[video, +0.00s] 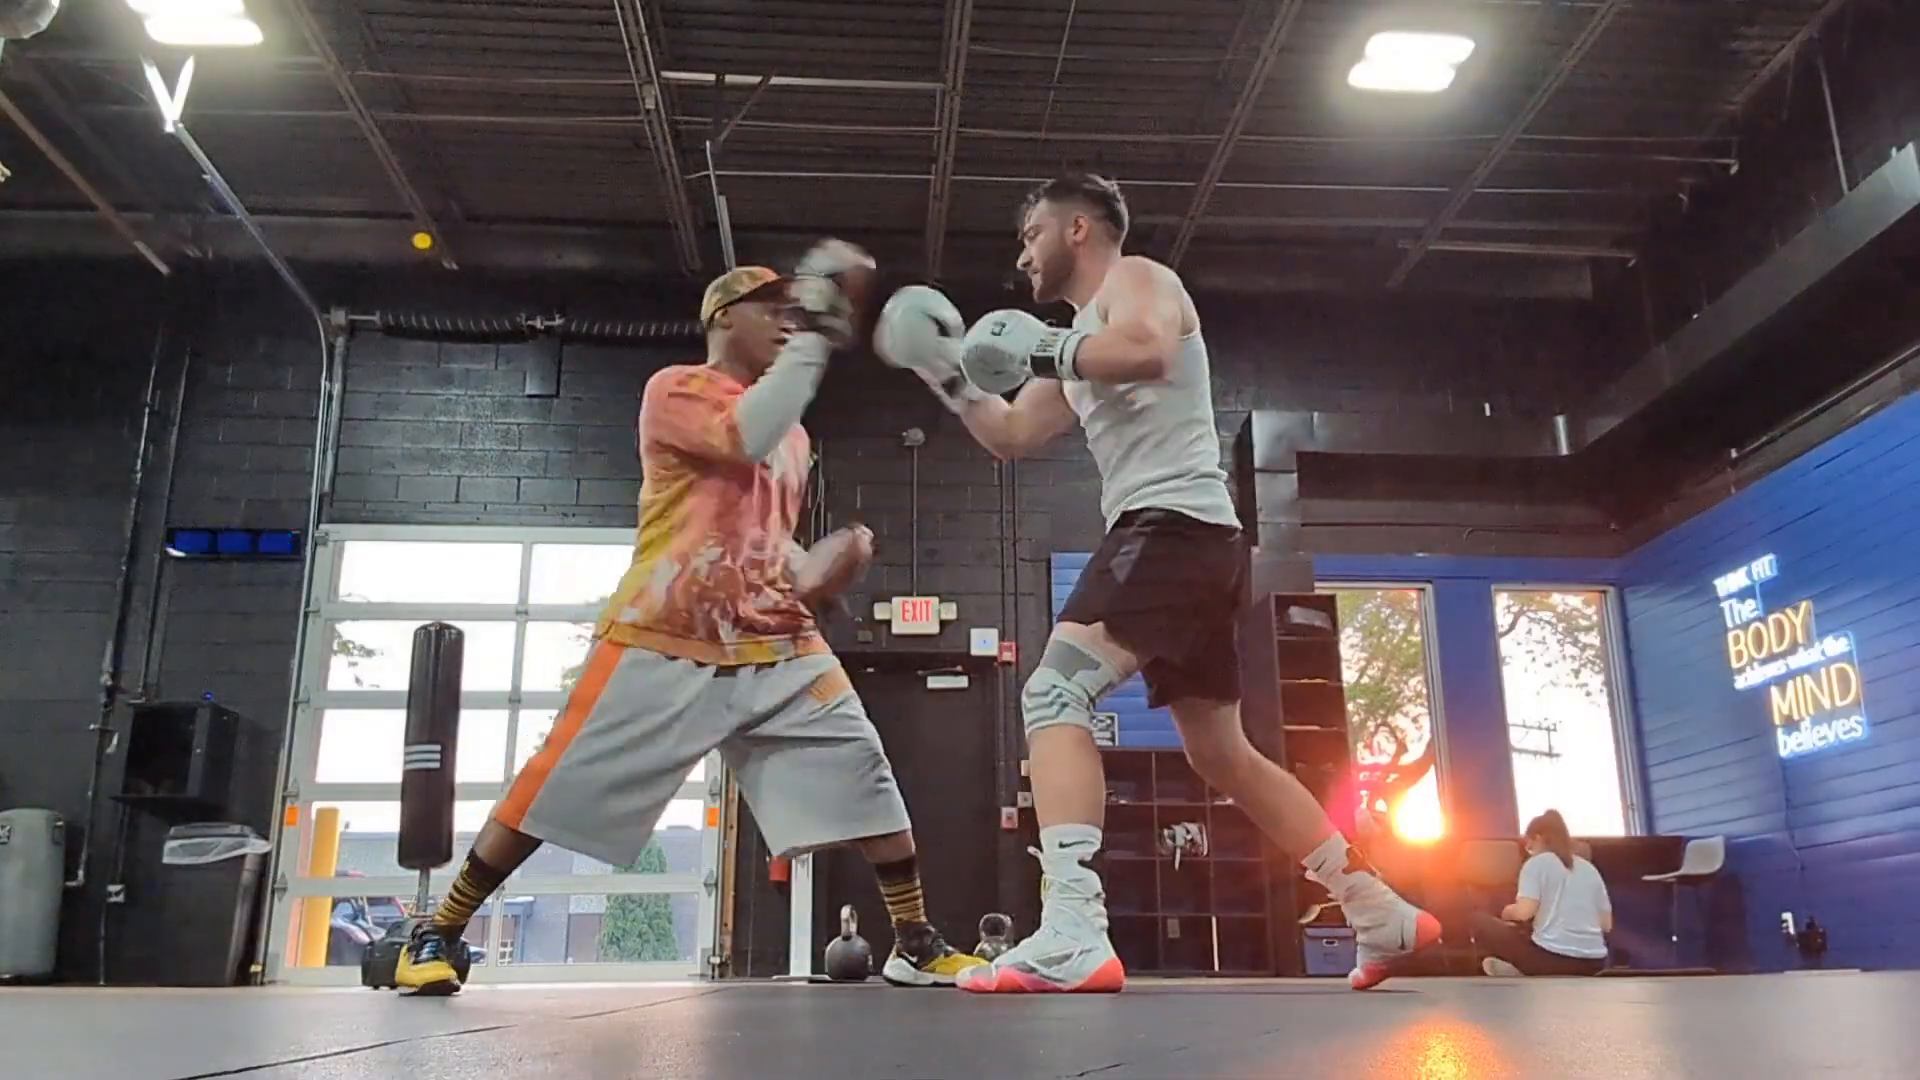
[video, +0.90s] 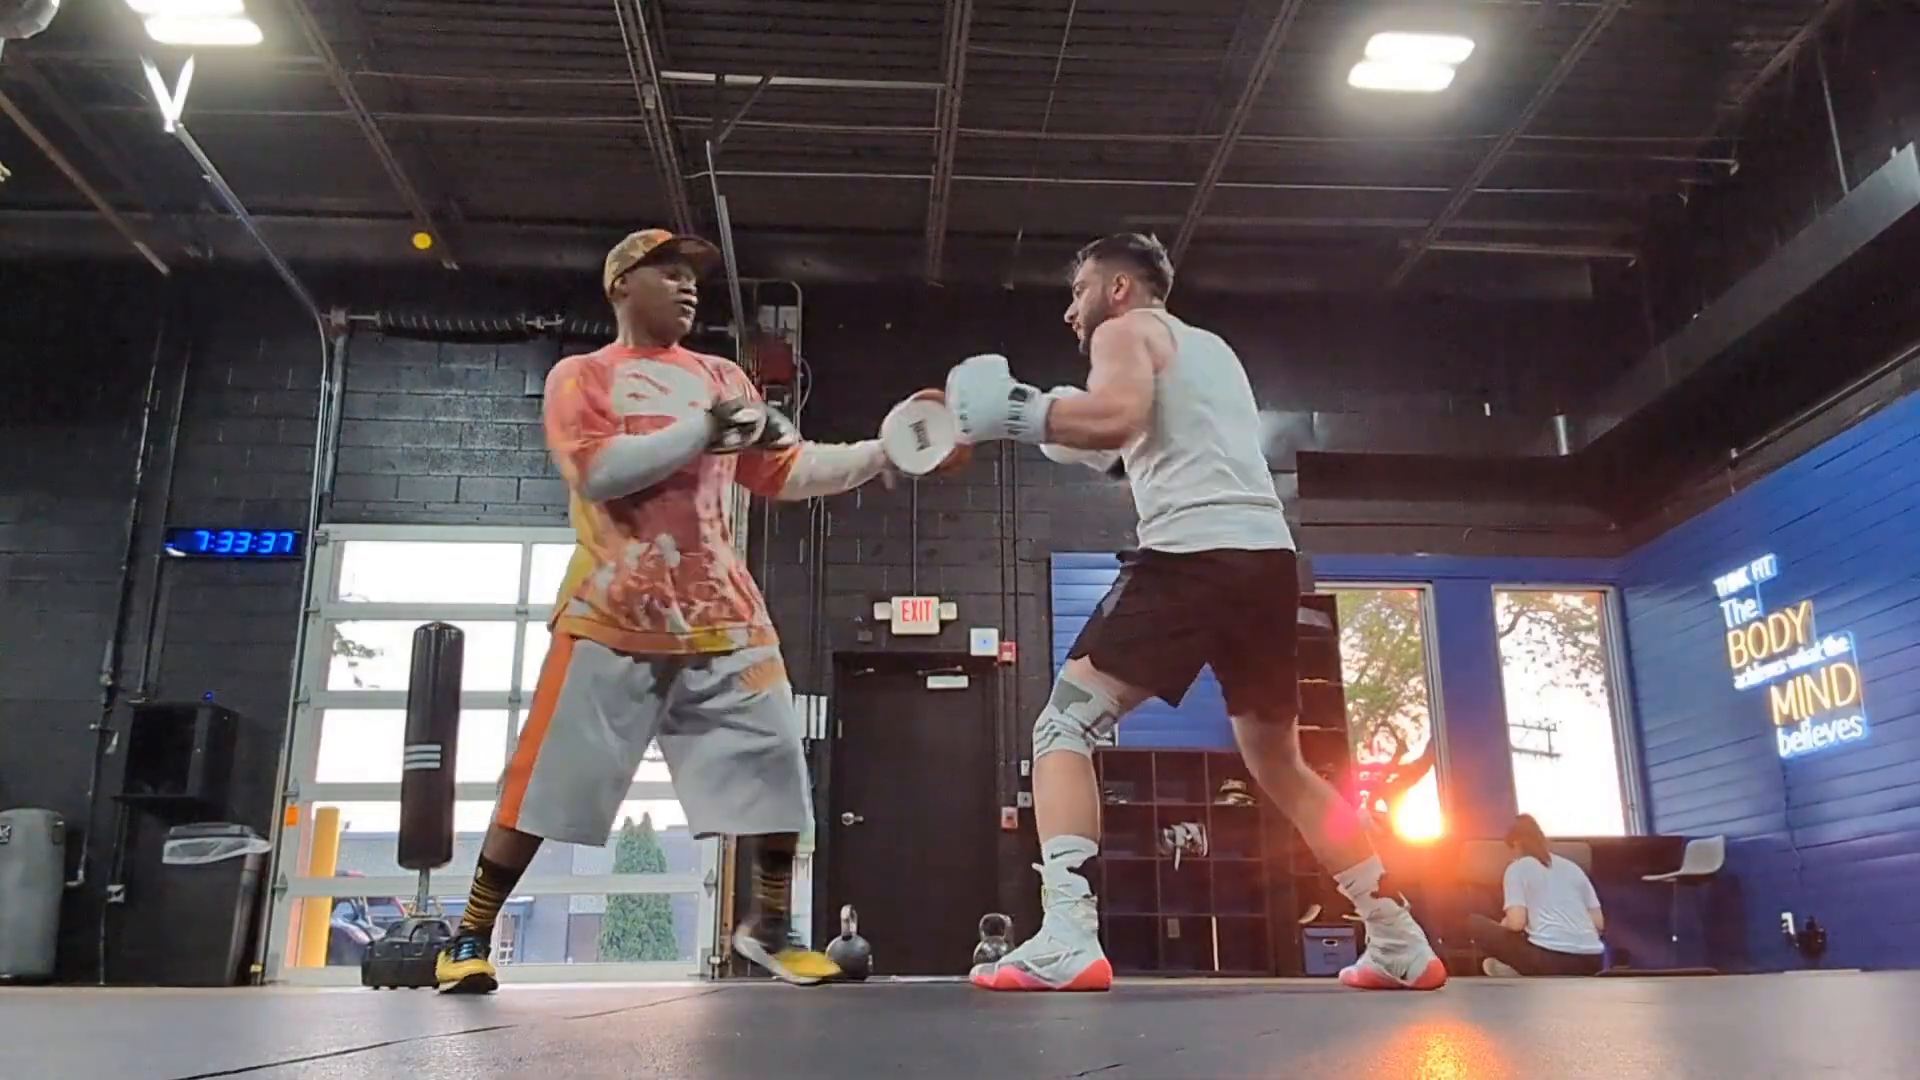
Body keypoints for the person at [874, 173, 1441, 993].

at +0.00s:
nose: (1023, 252)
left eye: (1031, 234)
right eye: (1020, 240)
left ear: (1080, 225)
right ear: (1072, 235)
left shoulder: (1136, 275)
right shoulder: (1083, 342)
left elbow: (1147, 350)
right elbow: (1009, 433)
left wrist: (1047, 347)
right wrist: (949, 373)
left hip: (1171, 527)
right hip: (1190, 536)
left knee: (1055, 698)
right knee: (1223, 757)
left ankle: (1072, 935)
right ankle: (1380, 915)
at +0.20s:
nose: (976, 333)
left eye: (986, 309)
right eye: (970, 321)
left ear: (1042, 297)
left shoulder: (1106, 338)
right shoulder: (1060, 418)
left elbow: (1134, 450)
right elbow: (1053, 530)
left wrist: (1026, 442)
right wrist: (993, 471)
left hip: (1209, 564)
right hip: (1233, 577)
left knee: (1050, 694)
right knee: (1208, 778)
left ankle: (1068, 930)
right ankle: (1381, 917)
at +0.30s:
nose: (991, 412)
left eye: (998, 389)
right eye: (987, 396)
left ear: (1049, 377)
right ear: (1048, 386)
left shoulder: (1095, 399)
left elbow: (1080, 505)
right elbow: (1090, 582)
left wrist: (996, 494)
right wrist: (1024, 525)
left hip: (1222, 606)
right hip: (1279, 624)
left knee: (1037, 707)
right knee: (1217, 791)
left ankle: (1067, 935)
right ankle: (1377, 932)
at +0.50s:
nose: (1072, 429)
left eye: (1078, 409)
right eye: (1069, 416)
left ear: (1117, 392)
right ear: (1131, 398)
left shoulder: (1143, 408)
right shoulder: (1213, 456)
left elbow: (1137, 457)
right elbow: (1182, 592)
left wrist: (1052, 487)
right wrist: (1119, 545)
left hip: (1228, 610)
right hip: (1310, 630)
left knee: (1047, 732)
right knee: (1254, 788)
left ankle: (1064, 921)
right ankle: (1393, 943)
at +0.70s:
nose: (1078, 324)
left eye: (1086, 307)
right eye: (1076, 313)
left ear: (1132, 301)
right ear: (1122, 312)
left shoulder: (1190, 344)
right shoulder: (1140, 400)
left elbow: (1229, 420)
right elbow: (1094, 509)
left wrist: (1121, 427)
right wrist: (1052, 439)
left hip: (1233, 573)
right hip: (1266, 587)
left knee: (1079, 719)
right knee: (1240, 792)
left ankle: (1068, 934)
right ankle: (1390, 943)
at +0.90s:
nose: (1071, 312)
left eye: (1077, 292)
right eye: (1071, 297)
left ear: (1119, 281)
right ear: (1150, 288)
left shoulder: (1124, 329)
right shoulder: (1215, 352)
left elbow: (1118, 413)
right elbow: (1135, 451)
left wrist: (1016, 406)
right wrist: (1043, 425)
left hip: (1191, 555)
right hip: (1270, 560)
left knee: (1065, 728)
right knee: (1276, 759)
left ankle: (1068, 935)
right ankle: (1397, 938)